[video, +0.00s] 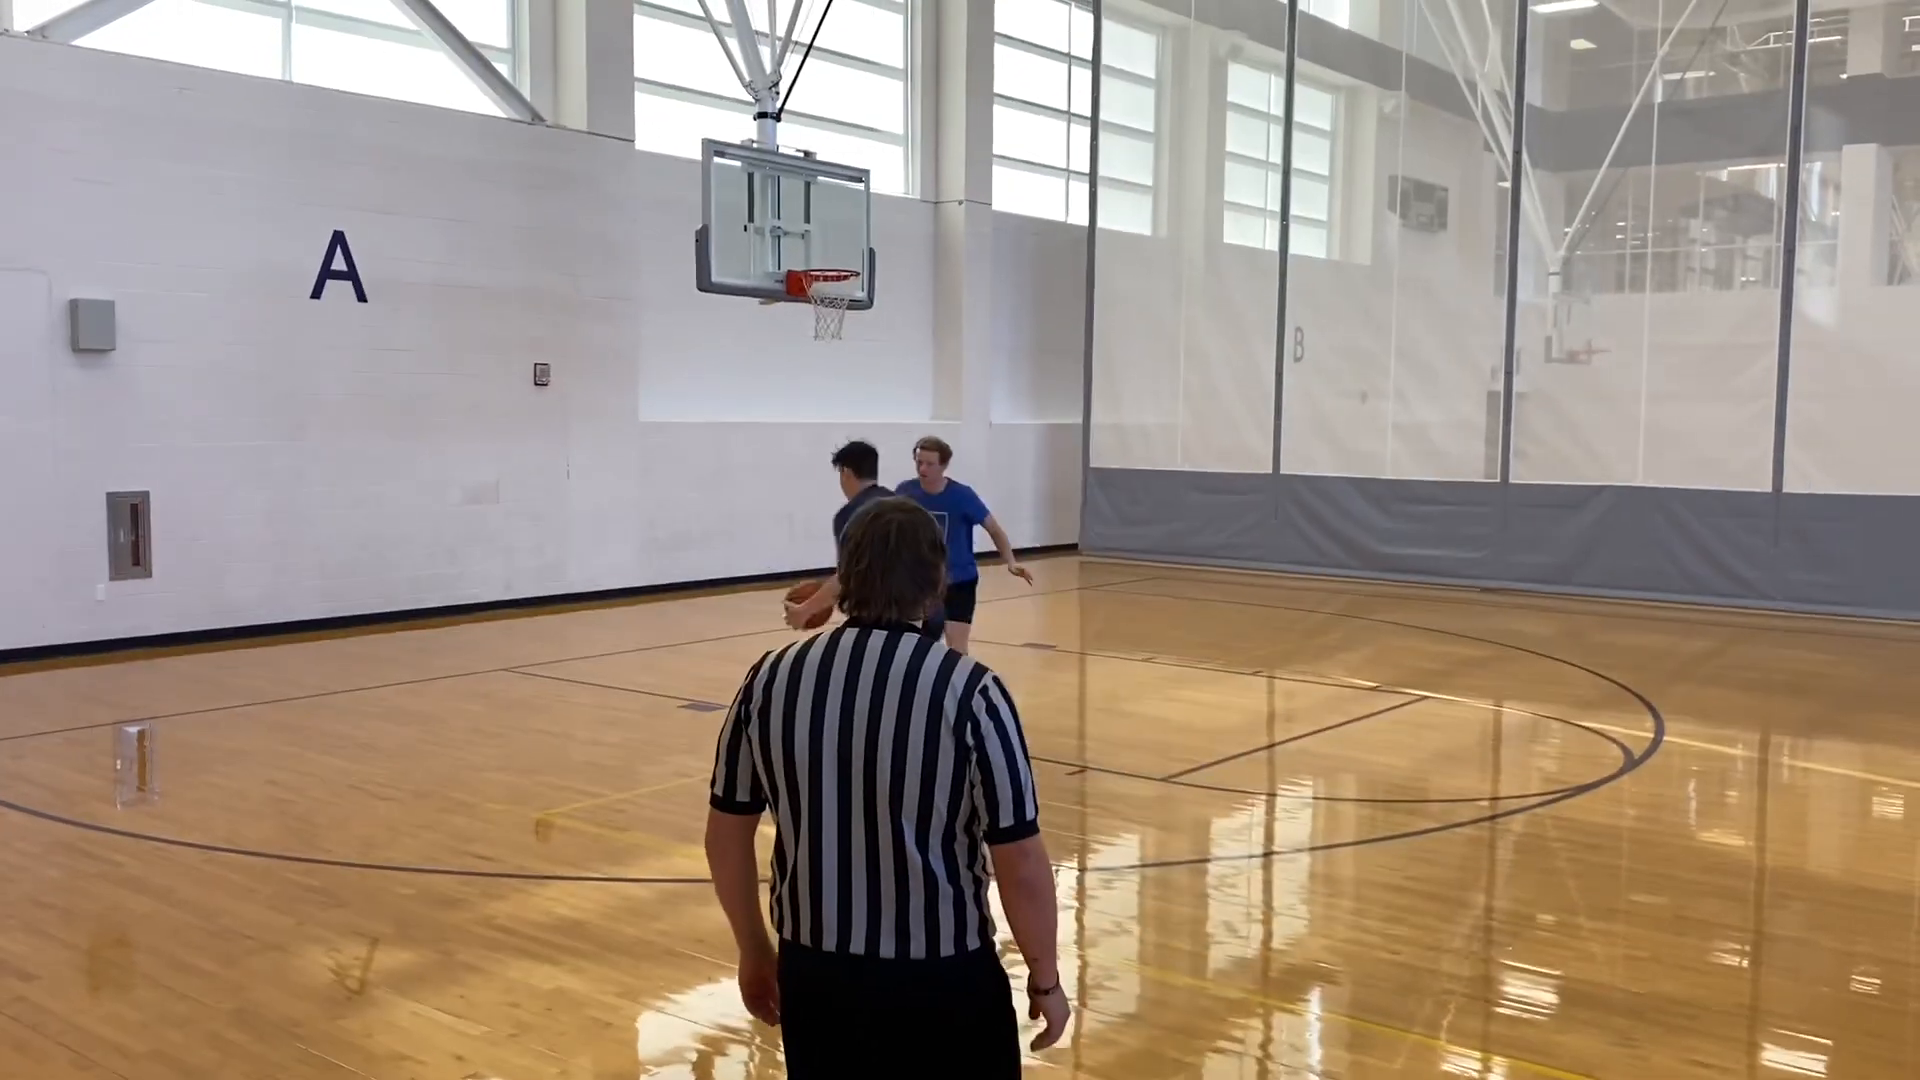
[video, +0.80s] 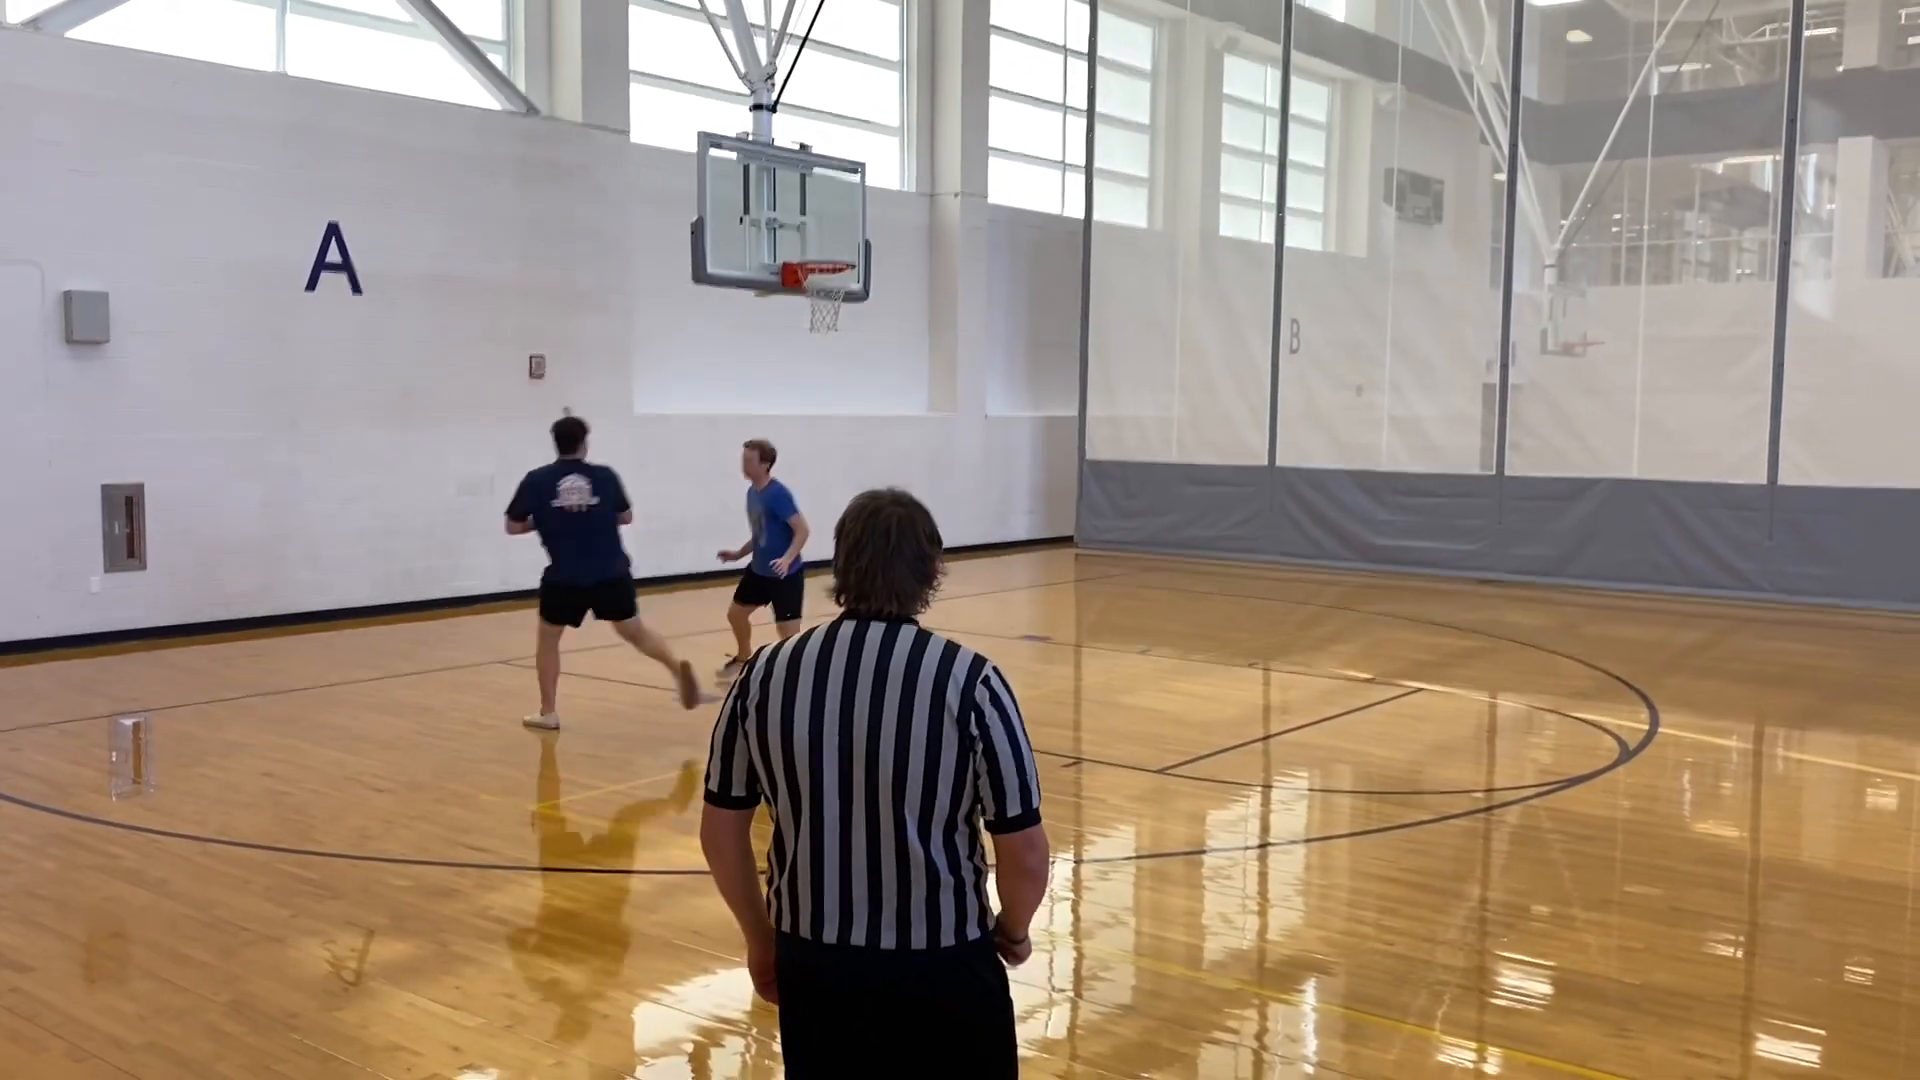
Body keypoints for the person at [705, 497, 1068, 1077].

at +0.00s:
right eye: (945, 576)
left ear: (846, 578)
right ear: (937, 585)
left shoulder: (772, 676)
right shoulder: (971, 690)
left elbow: (726, 832)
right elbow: (1020, 861)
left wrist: (752, 947)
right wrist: (1045, 975)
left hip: (817, 984)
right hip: (949, 988)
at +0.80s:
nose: (940, 569)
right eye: (936, 558)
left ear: (842, 565)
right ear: (931, 569)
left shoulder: (766, 672)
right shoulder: (971, 680)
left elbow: (721, 831)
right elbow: (1025, 853)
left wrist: (758, 936)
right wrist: (1014, 924)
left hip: (814, 974)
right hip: (948, 975)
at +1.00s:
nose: (930, 571)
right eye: (928, 560)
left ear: (832, 569)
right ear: (923, 574)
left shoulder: (760, 679)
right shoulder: (963, 677)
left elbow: (721, 833)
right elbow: (1070, 807)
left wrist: (767, 924)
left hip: (817, 980)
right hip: (949, 978)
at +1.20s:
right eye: (925, 557)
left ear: (830, 565)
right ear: (923, 570)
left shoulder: (766, 676)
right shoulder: (962, 661)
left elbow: (728, 827)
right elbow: (1094, 605)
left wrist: (790, 904)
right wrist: (1044, 509)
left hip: (822, 970)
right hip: (952, 965)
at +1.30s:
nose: (927, 566)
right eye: (926, 555)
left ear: (834, 570)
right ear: (925, 570)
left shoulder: (767, 678)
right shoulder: (960, 653)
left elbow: (733, 825)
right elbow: (1073, 545)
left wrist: (791, 894)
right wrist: (1042, 424)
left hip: (827, 971)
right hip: (958, 969)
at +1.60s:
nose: (946, 567)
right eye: (946, 554)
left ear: (855, 569)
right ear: (945, 570)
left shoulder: (788, 673)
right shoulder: (970, 650)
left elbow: (756, 816)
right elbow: (1065, 516)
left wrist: (817, 876)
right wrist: (1046, 386)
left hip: (847, 974)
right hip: (976, 970)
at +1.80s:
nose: (982, 569)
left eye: (976, 555)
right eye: (979, 557)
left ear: (886, 570)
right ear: (971, 571)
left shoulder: (821, 669)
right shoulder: (998, 651)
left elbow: (784, 791)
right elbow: (1120, 545)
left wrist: (863, 820)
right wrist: (1093, 429)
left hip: (872, 965)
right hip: (1000, 965)